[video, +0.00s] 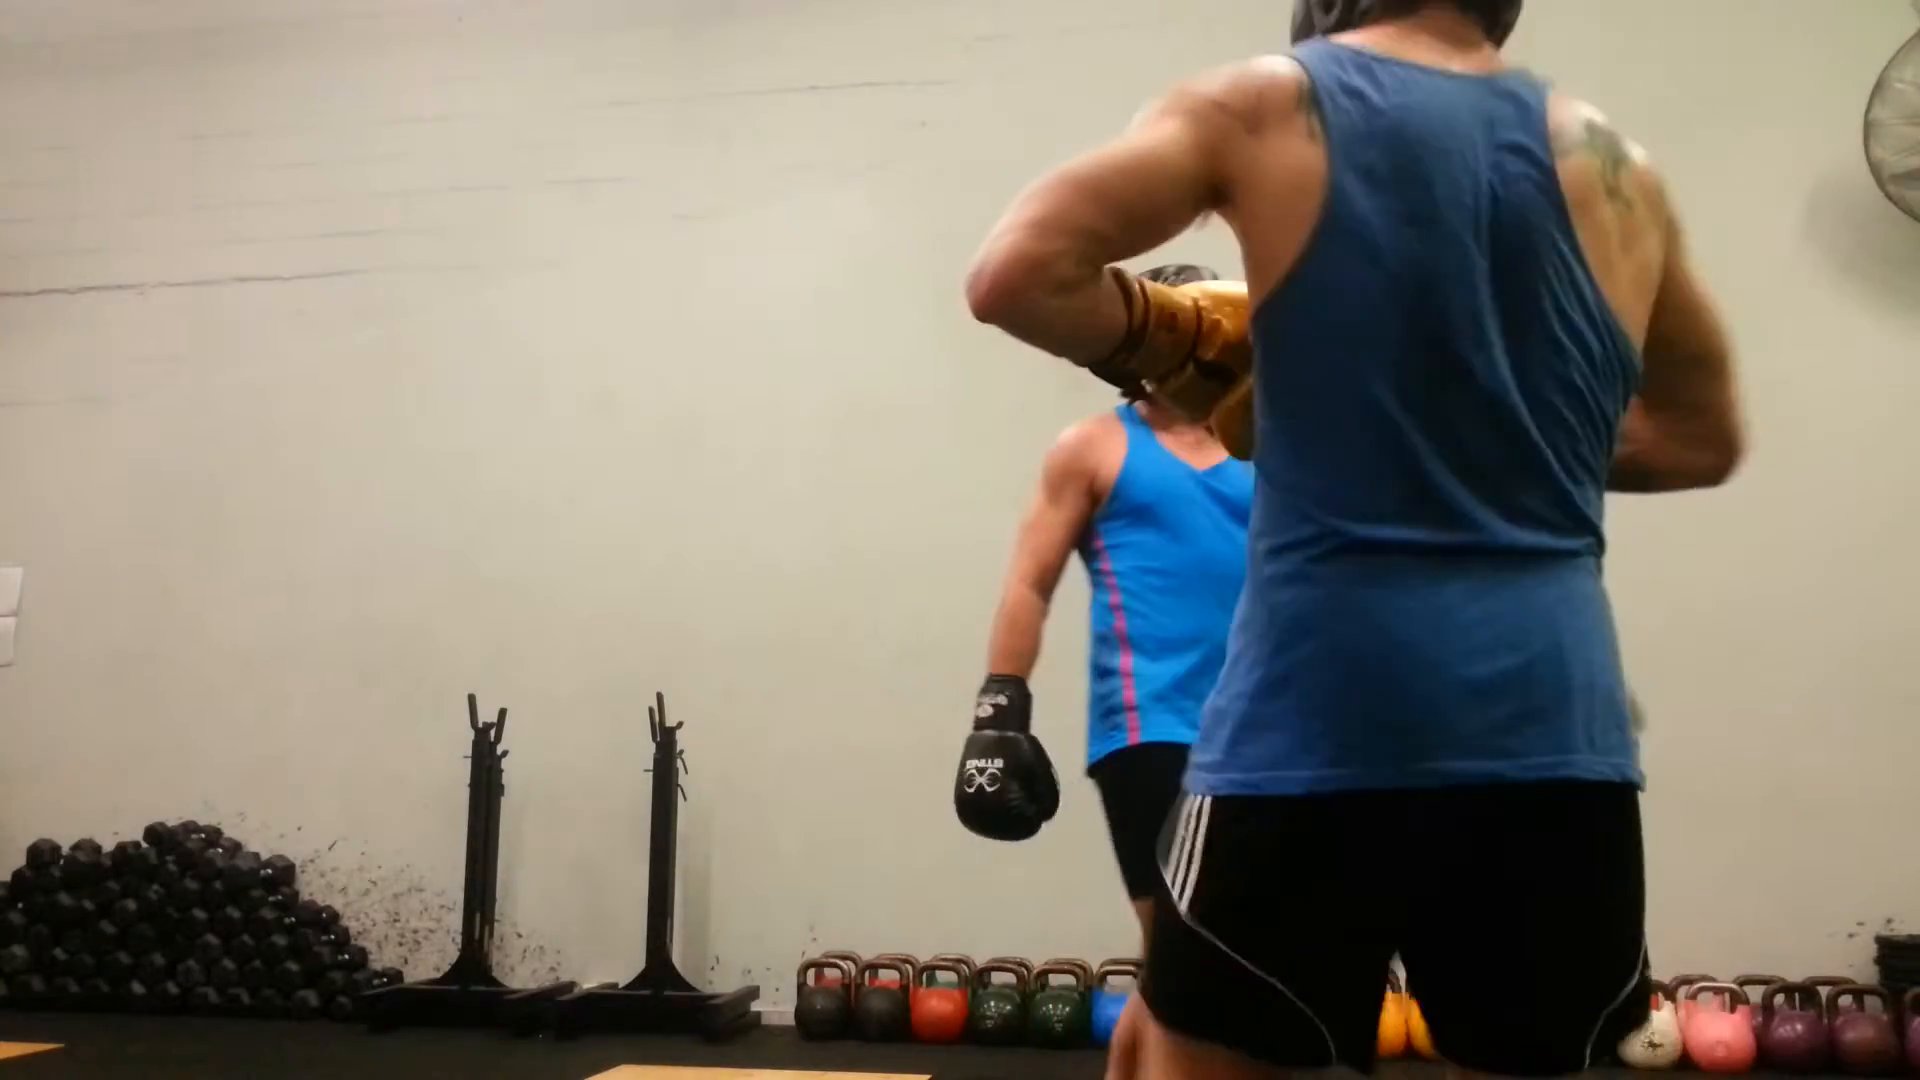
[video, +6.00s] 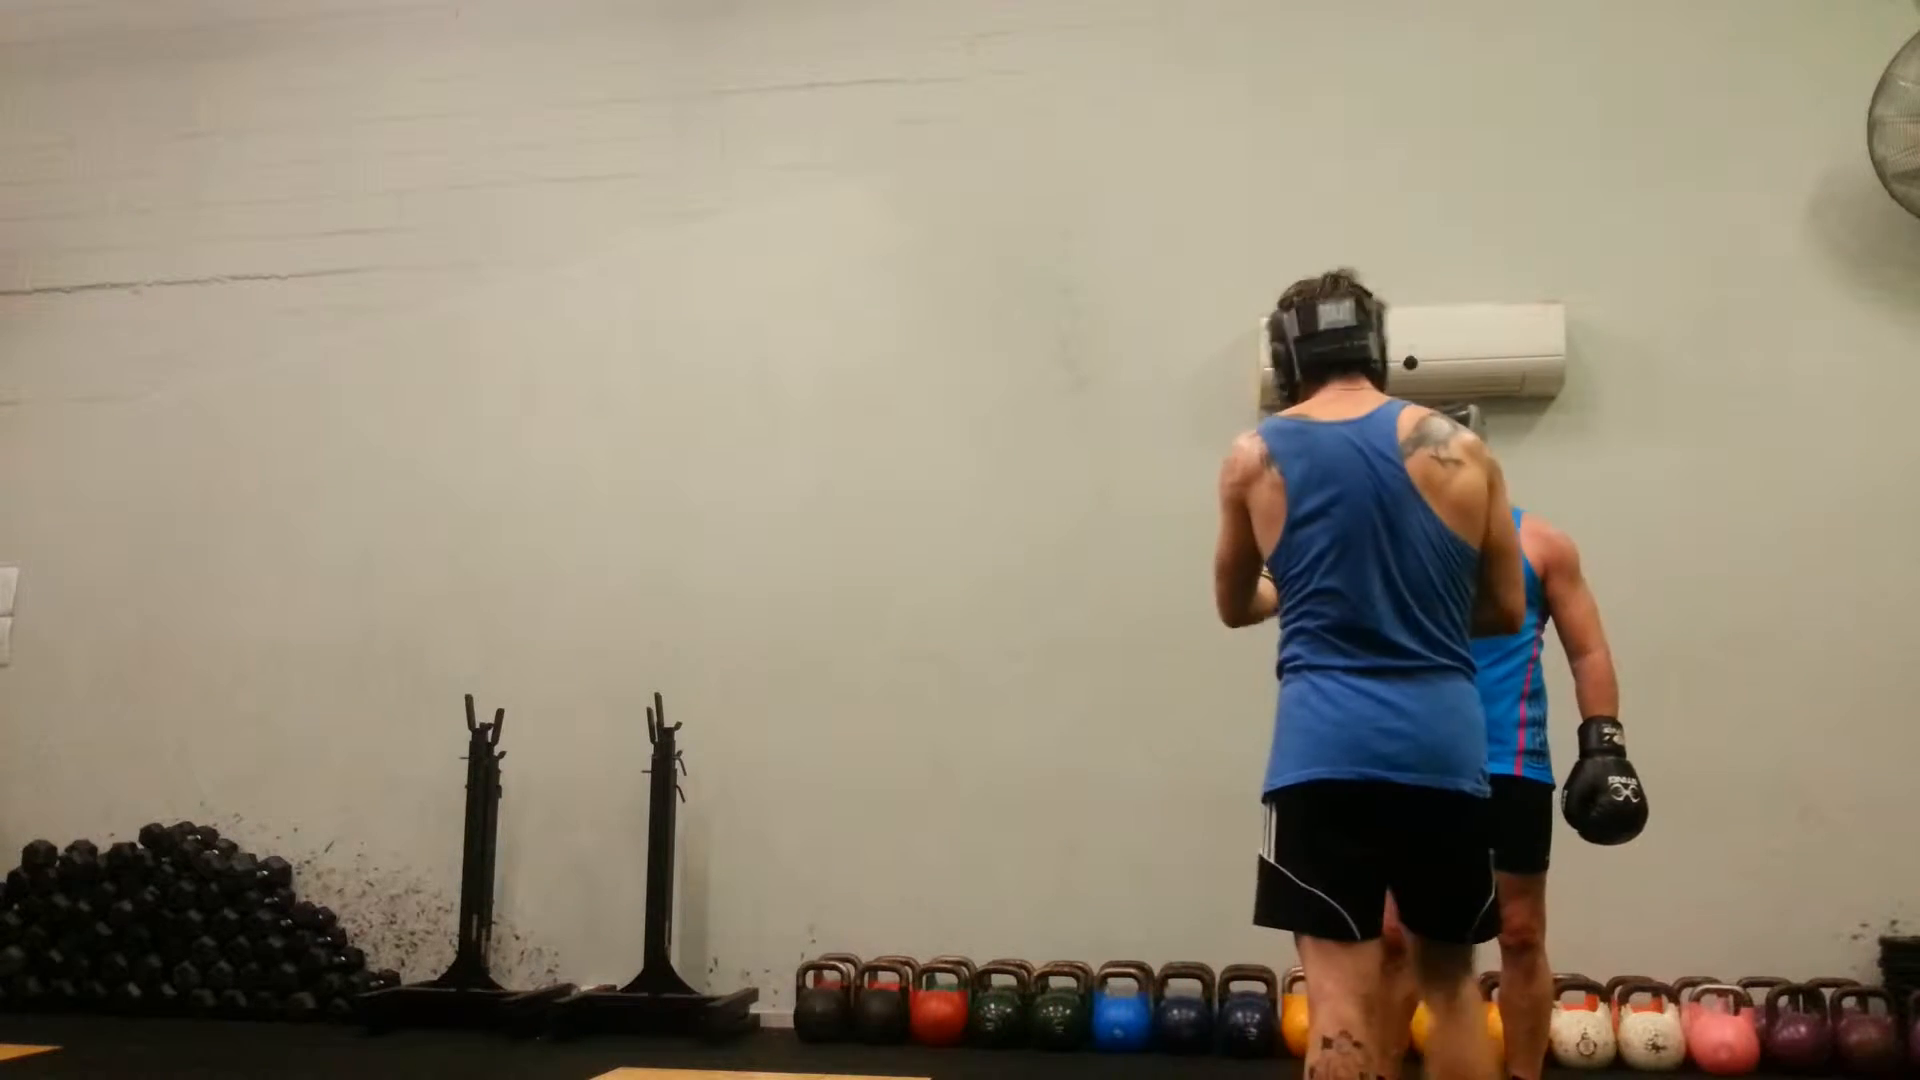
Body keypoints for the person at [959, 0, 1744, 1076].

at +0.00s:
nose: (1299, 20)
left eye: (1309, 10)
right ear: (1503, 11)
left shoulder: (1259, 104)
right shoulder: (1616, 166)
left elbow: (1014, 277)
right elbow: (1700, 440)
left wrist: (1203, 339)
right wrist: (1496, 434)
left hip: (1311, 726)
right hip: (1555, 729)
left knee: (1204, 1057)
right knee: (1525, 1062)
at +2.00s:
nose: (1116, 372)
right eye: (1116, 361)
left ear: (1015, 356)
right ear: (1105, 359)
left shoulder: (936, 446)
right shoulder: (1140, 464)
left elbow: (885, 598)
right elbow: (1161, 640)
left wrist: (971, 643)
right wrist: (1080, 666)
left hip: (968, 768)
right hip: (1089, 770)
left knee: (941, 1009)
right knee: (1093, 1005)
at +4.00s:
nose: (1227, 437)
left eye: (1229, 425)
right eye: (1226, 422)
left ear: (1138, 398)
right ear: (1205, 404)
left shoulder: (1069, 472)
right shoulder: (1216, 471)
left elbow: (1055, 573)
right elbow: (1253, 622)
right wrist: (1186, 687)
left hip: (1082, 762)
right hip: (1177, 765)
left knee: (1122, 962)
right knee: (1209, 972)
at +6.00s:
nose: (1274, 363)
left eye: (1277, 352)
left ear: (1285, 359)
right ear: (1378, 349)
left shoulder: (1256, 457)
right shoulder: (1465, 452)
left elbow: (1238, 605)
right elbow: (1503, 611)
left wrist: (1317, 575)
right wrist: (1411, 594)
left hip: (1323, 752)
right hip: (1446, 753)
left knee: (1342, 1014)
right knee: (1451, 988)